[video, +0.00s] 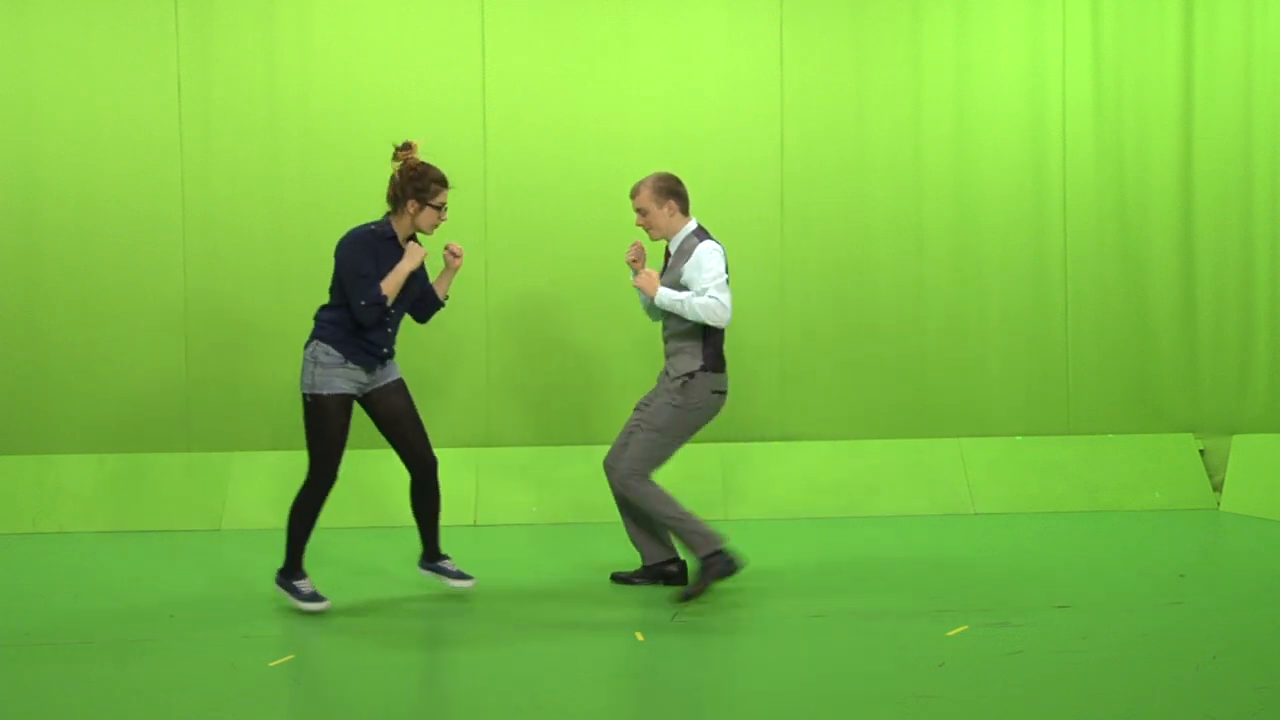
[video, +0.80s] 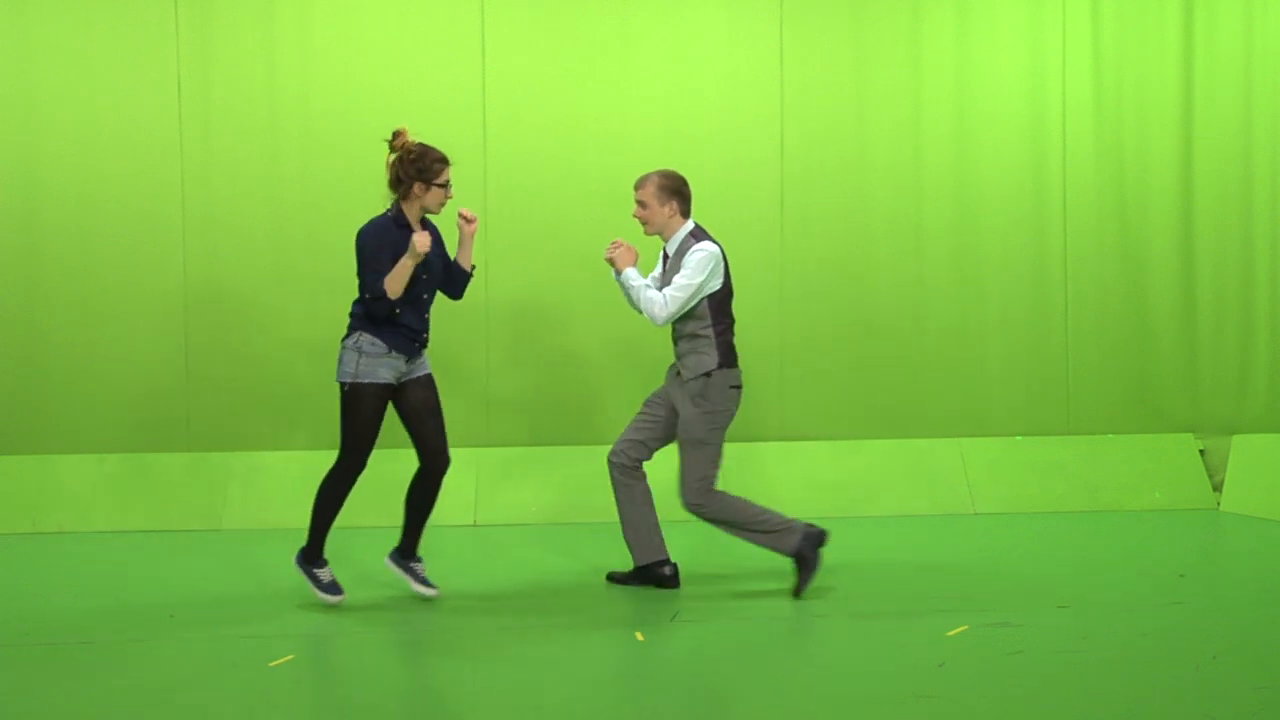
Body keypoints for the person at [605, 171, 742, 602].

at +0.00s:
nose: (641, 221)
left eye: (644, 212)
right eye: (637, 213)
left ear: (672, 208)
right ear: (669, 210)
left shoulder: (704, 249)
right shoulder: (676, 252)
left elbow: (719, 311)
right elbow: (658, 312)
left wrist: (658, 291)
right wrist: (639, 274)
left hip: (698, 383)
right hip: (676, 379)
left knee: (628, 470)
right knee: (617, 465)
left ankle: (714, 554)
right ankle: (661, 562)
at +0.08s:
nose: (624, 226)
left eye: (628, 216)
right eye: (622, 217)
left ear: (656, 213)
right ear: (654, 216)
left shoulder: (692, 258)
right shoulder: (661, 259)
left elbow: (729, 314)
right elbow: (636, 316)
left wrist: (667, 311)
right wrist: (624, 277)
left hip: (678, 390)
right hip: (669, 388)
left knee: (583, 456)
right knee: (606, 466)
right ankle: (662, 562)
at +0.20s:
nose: (614, 229)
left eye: (619, 220)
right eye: (613, 220)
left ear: (647, 220)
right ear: (648, 222)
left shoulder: (670, 265)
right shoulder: (653, 262)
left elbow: (709, 323)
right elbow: (634, 318)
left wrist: (650, 320)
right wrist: (609, 280)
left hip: (639, 400)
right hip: (648, 400)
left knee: (548, 468)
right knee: (590, 482)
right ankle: (659, 564)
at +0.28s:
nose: (619, 226)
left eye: (625, 219)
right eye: (619, 218)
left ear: (653, 222)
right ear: (653, 223)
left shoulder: (664, 268)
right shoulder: (653, 262)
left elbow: (656, 332)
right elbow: (631, 307)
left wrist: (606, 313)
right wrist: (609, 278)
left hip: (623, 400)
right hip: (638, 401)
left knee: (534, 465)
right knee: (582, 488)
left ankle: (489, 571)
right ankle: (657, 562)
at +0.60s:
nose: (624, 208)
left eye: (632, 200)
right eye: (626, 199)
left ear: (659, 206)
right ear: (657, 207)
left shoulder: (681, 253)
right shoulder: (652, 249)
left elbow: (635, 293)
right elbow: (620, 295)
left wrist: (607, 260)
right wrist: (605, 260)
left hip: (663, 386)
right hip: (657, 384)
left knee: (570, 452)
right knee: (597, 466)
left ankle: (539, 565)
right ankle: (654, 562)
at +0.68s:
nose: (622, 216)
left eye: (628, 208)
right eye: (622, 208)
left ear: (656, 211)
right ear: (653, 212)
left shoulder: (687, 257)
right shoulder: (653, 253)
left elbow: (641, 310)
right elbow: (624, 302)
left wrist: (611, 270)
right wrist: (603, 269)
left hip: (686, 387)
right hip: (671, 383)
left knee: (600, 457)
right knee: (603, 456)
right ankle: (650, 561)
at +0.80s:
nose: (636, 214)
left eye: (642, 205)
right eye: (636, 205)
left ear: (671, 208)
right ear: (668, 209)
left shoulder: (703, 253)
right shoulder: (672, 250)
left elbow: (662, 309)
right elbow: (652, 304)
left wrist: (628, 270)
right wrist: (624, 272)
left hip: (711, 385)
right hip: (681, 381)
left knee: (698, 495)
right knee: (623, 458)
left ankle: (802, 539)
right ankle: (654, 564)